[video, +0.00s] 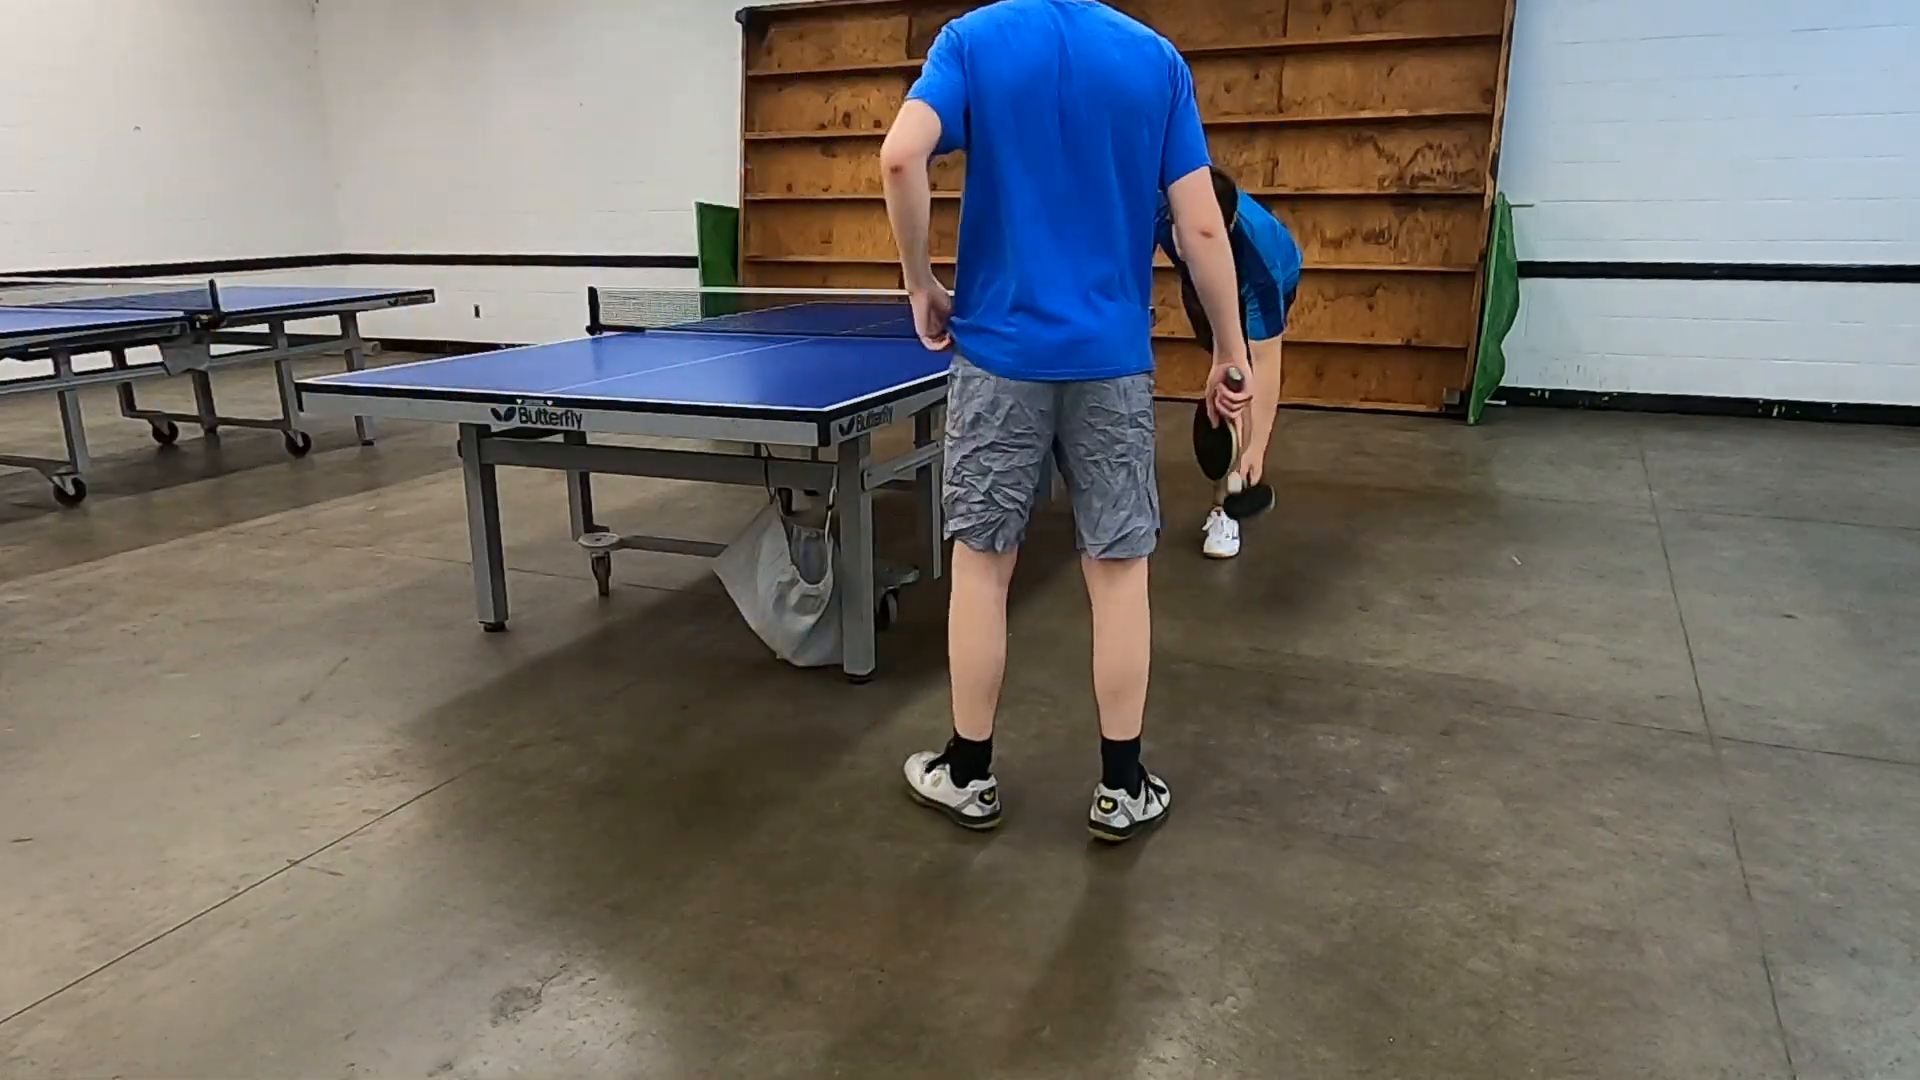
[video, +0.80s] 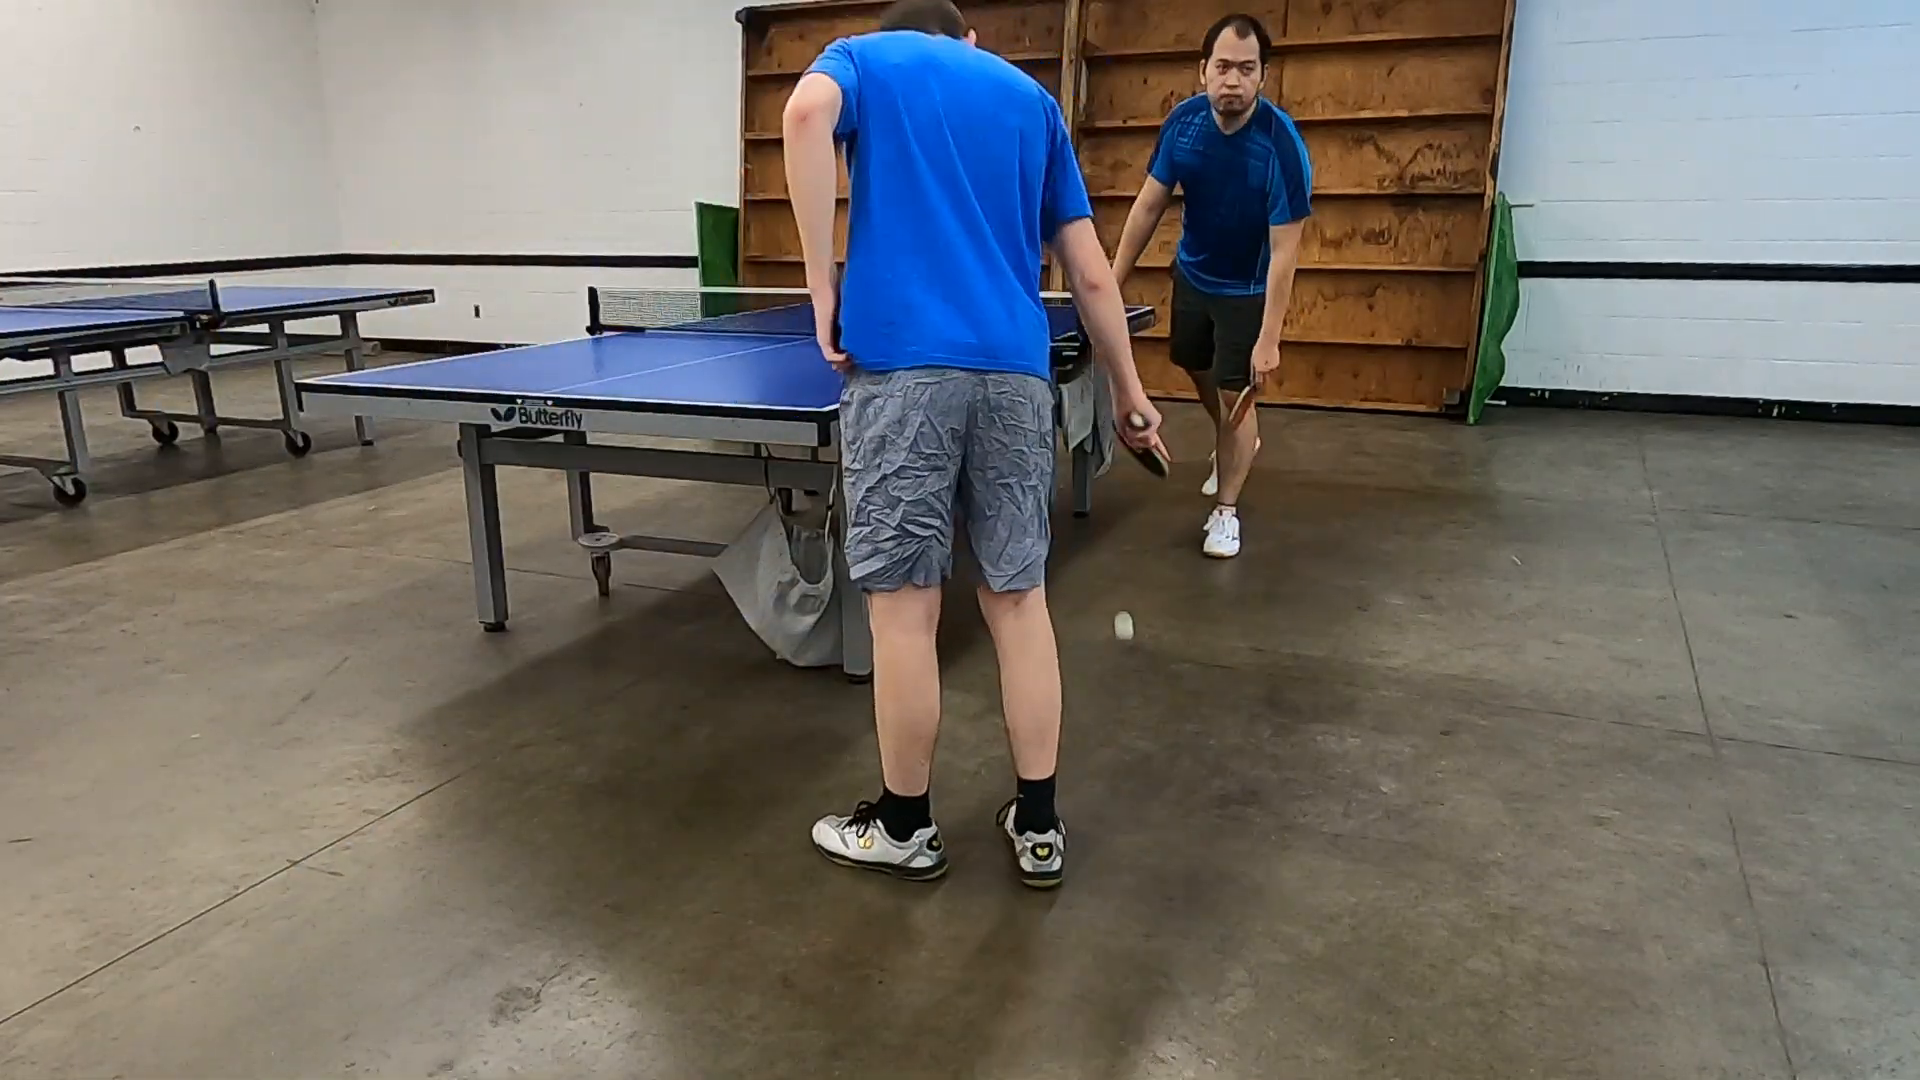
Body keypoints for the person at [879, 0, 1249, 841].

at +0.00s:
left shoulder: (974, 37)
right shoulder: (1158, 58)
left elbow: (901, 156)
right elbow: (1201, 224)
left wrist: (920, 281)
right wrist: (1231, 345)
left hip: (1001, 351)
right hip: (1113, 354)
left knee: (981, 562)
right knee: (1118, 565)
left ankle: (969, 773)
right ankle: (1122, 784)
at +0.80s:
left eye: (874, 41)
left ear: (888, 33)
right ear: (968, 35)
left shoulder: (862, 54)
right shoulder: (1034, 101)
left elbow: (807, 115)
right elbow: (1092, 273)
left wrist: (822, 287)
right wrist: (1129, 388)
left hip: (902, 367)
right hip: (1017, 370)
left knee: (904, 606)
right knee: (1018, 595)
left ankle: (905, 824)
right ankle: (1039, 823)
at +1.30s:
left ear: (878, 84)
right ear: (947, 83)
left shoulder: (853, 106)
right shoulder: (1019, 129)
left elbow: (802, 255)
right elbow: (1070, 308)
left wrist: (818, 379)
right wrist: (1096, 440)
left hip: (912, 378)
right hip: (1034, 379)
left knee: (873, 592)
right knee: (1029, 604)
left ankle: (876, 825)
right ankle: (1041, 832)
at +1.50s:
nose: (765, 119)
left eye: (763, 107)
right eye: (768, 105)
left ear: (776, 93)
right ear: (848, 69)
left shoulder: (770, 144)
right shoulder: (938, 108)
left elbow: (778, 339)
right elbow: (1025, 273)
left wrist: (787, 460)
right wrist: (1046, 390)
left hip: (872, 390)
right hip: (991, 375)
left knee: (816, 600)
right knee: (1015, 603)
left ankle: (775, 816)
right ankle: (1041, 829)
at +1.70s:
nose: (642, 85)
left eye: (637, 73)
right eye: (639, 73)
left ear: (649, 56)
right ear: (724, 37)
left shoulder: (652, 114)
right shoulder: (827, 90)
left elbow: (676, 295)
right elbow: (927, 240)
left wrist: (683, 406)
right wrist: (938, 353)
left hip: (764, 386)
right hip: (880, 372)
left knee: (740, 596)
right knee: (920, 578)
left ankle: (763, 816)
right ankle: (1009, 789)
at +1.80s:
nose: (591, 52)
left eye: (586, 38)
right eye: (589, 39)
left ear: (599, 24)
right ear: (675, 14)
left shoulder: (610, 86)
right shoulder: (781, 78)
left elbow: (619, 271)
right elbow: (871, 239)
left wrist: (576, 375)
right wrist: (854, 348)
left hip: (720, 376)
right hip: (826, 366)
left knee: (724, 598)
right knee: (843, 566)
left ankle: (762, 816)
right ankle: (938, 749)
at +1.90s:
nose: (553, 35)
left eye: (546, 25)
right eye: (550, 27)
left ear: (564, 10)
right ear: (639, 1)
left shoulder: (572, 66)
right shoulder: (738, 71)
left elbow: (574, 261)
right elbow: (809, 244)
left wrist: (509, 348)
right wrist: (776, 332)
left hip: (681, 367)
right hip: (778, 357)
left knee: (707, 593)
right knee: (764, 557)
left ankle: (759, 811)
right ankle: (826, 737)